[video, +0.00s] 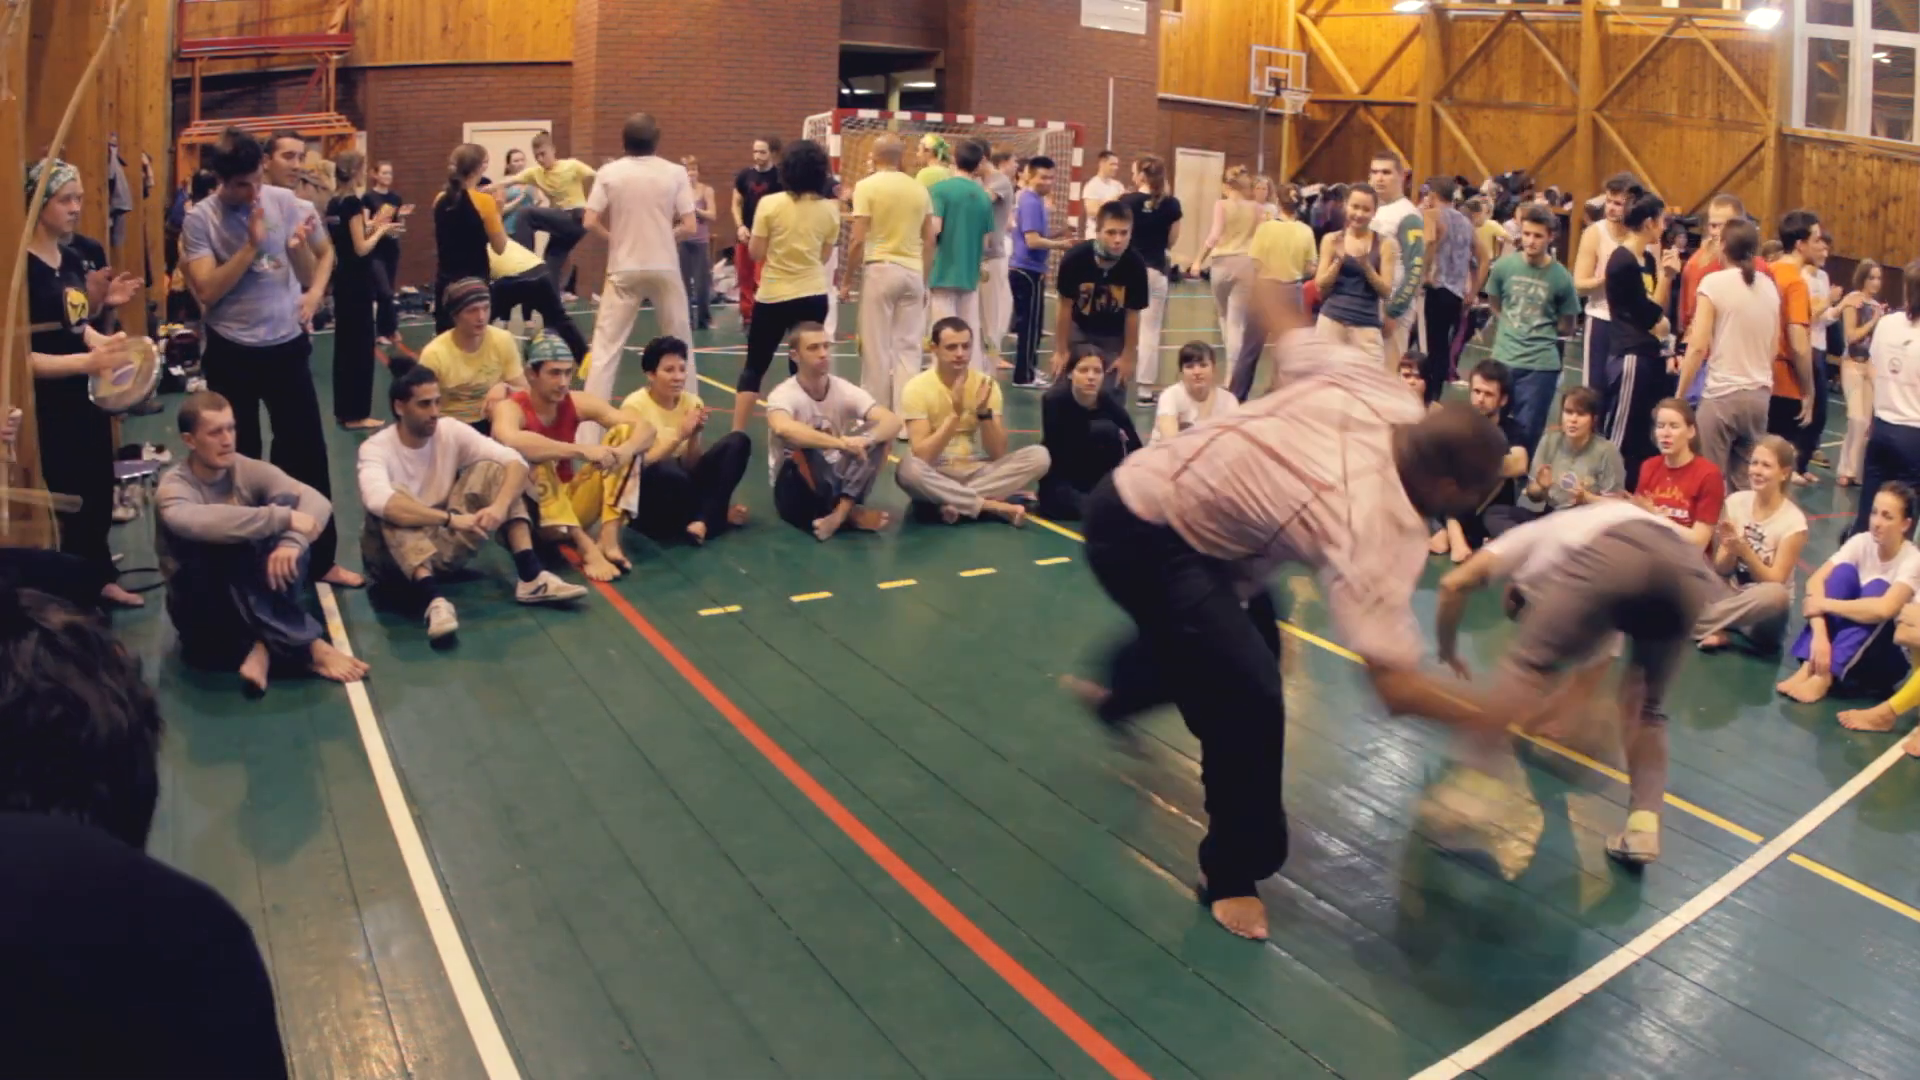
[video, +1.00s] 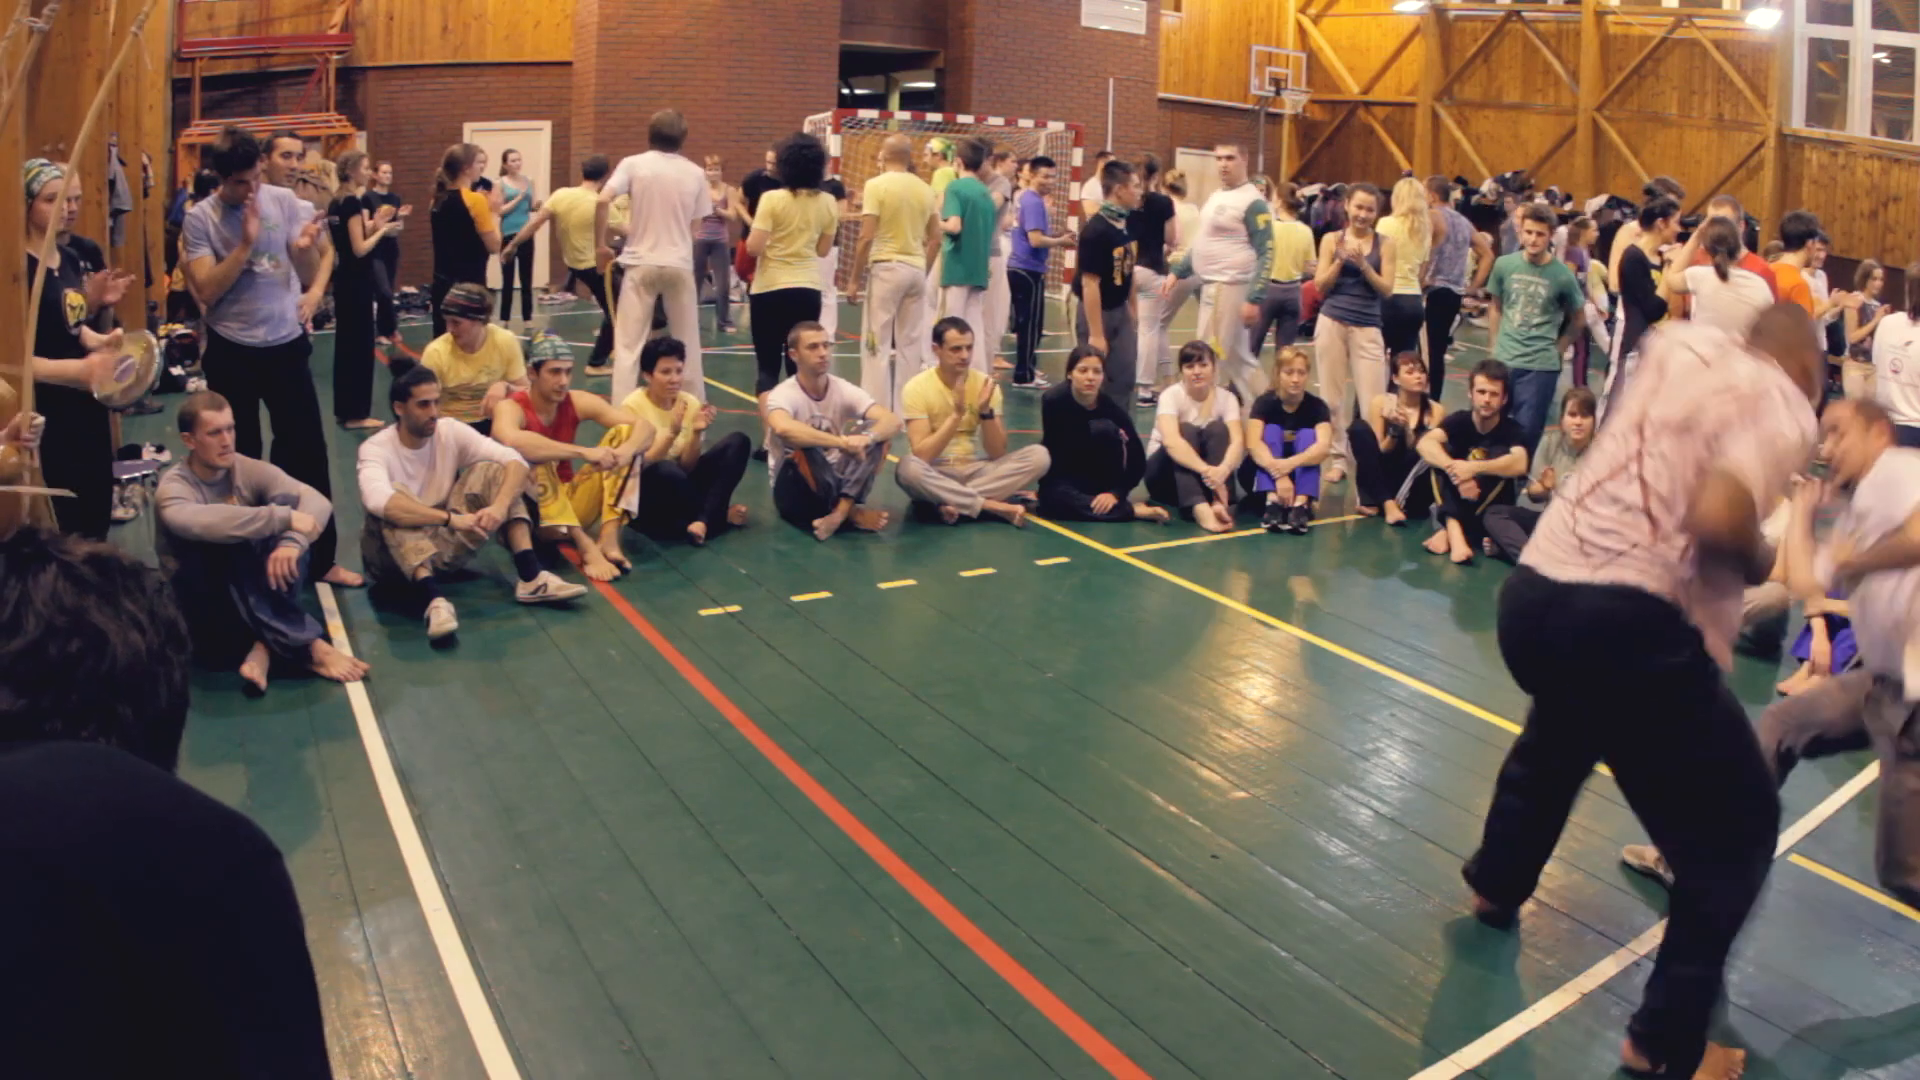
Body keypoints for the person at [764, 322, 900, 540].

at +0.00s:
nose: (823, 354)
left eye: (826, 347)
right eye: (813, 348)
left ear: (830, 348)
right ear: (794, 354)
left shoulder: (842, 388)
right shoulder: (783, 394)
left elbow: (892, 421)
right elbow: (782, 428)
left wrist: (866, 440)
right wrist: (840, 444)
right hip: (798, 495)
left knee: (880, 436)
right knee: (804, 449)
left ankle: (840, 512)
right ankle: (851, 512)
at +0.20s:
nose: (822, 355)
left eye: (825, 347)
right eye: (812, 348)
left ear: (830, 349)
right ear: (793, 355)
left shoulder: (842, 388)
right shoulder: (783, 394)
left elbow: (891, 421)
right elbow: (782, 429)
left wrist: (866, 439)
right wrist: (839, 443)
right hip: (797, 495)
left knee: (879, 434)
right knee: (804, 448)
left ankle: (841, 511)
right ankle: (850, 511)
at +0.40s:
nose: (821, 355)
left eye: (824, 347)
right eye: (811, 349)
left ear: (829, 348)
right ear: (793, 355)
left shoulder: (841, 389)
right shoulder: (782, 395)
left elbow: (892, 421)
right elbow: (782, 428)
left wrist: (866, 439)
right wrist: (840, 443)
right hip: (797, 494)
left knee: (879, 436)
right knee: (804, 448)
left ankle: (840, 512)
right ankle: (850, 512)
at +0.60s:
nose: (821, 355)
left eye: (823, 347)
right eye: (811, 349)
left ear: (828, 349)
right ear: (793, 355)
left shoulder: (841, 388)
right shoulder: (782, 394)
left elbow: (891, 420)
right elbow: (782, 429)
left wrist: (866, 438)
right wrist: (840, 443)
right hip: (797, 494)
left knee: (879, 438)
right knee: (803, 450)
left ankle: (840, 512)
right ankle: (850, 512)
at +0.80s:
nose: (822, 354)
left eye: (825, 346)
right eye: (812, 348)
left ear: (830, 348)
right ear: (793, 354)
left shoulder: (840, 388)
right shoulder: (782, 394)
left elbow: (892, 421)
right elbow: (784, 430)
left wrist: (868, 437)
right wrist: (842, 443)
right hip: (796, 497)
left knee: (877, 435)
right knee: (806, 452)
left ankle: (839, 512)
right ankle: (850, 512)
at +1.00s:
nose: (823, 354)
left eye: (826, 346)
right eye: (813, 347)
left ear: (831, 348)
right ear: (793, 354)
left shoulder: (841, 388)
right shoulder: (783, 394)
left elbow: (892, 421)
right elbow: (784, 430)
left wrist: (868, 437)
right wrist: (842, 443)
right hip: (796, 498)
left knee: (878, 435)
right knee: (806, 451)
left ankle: (840, 512)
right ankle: (850, 511)